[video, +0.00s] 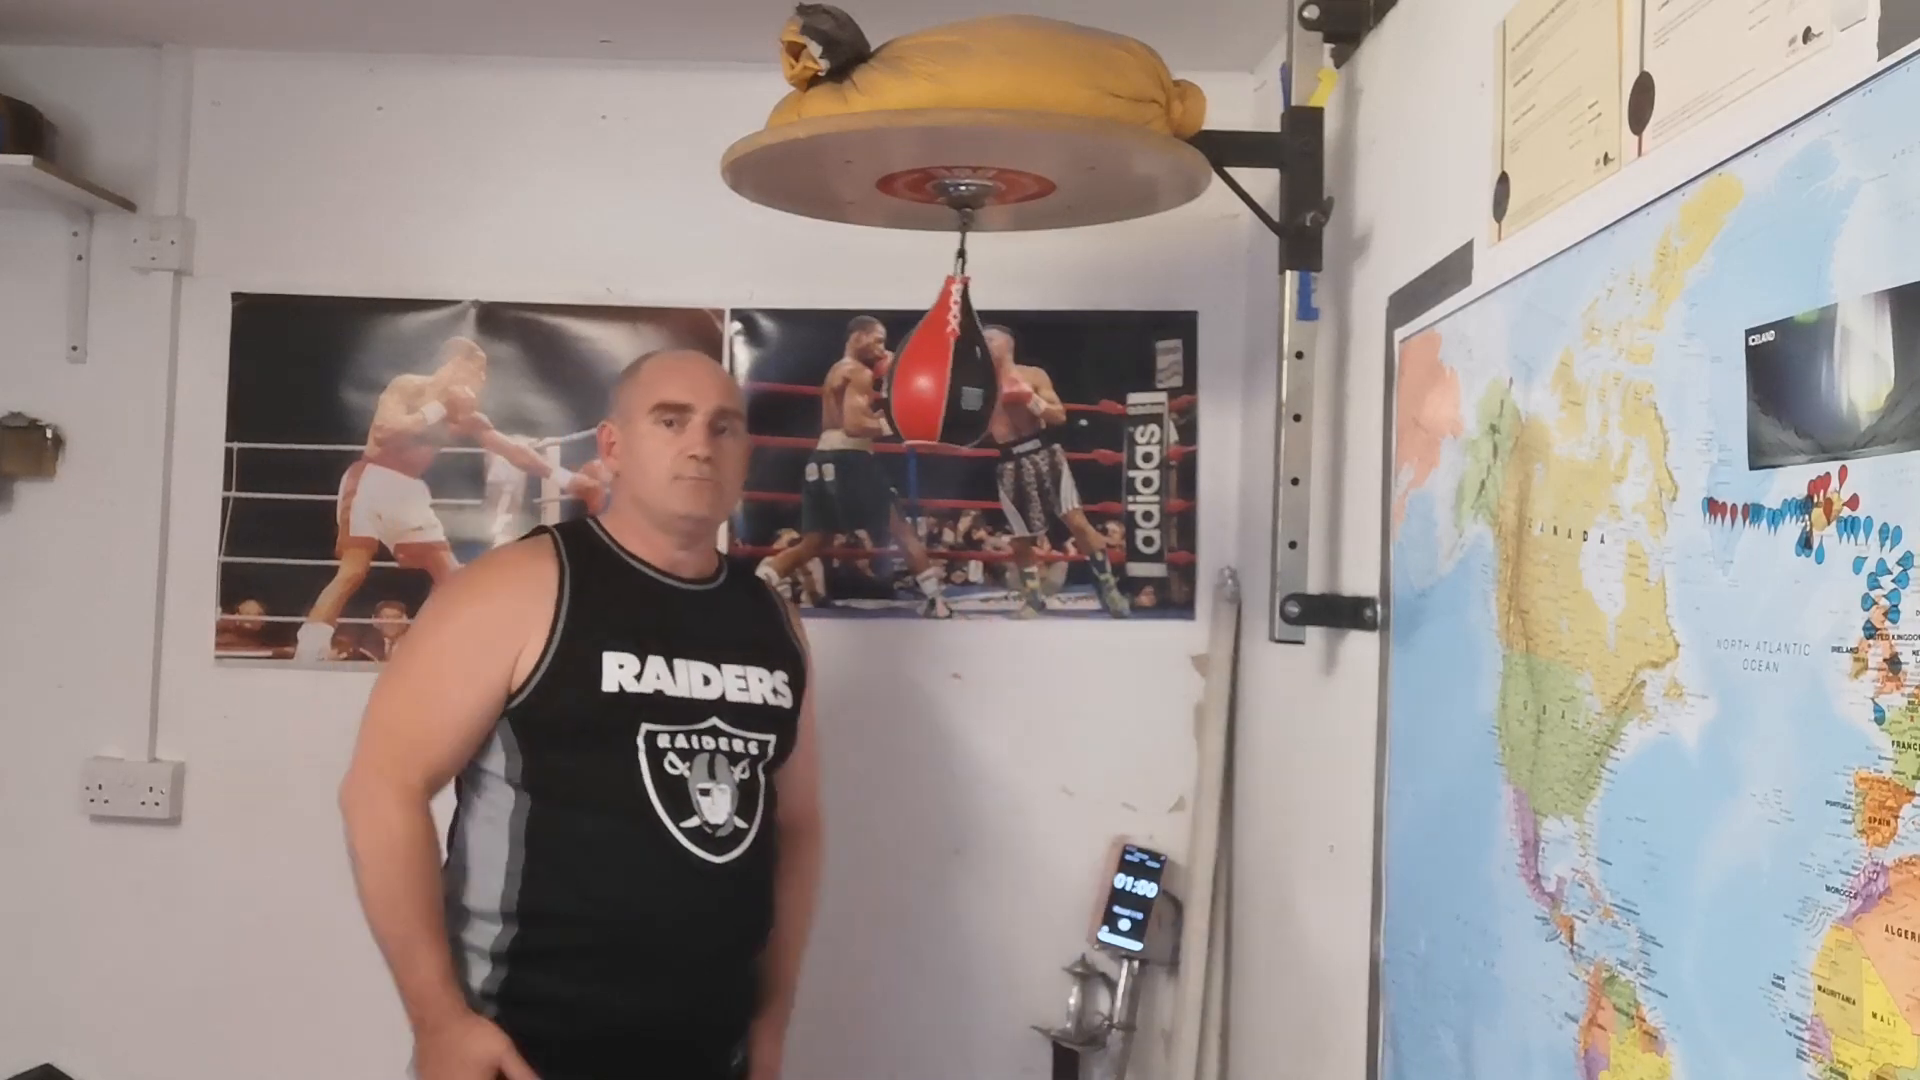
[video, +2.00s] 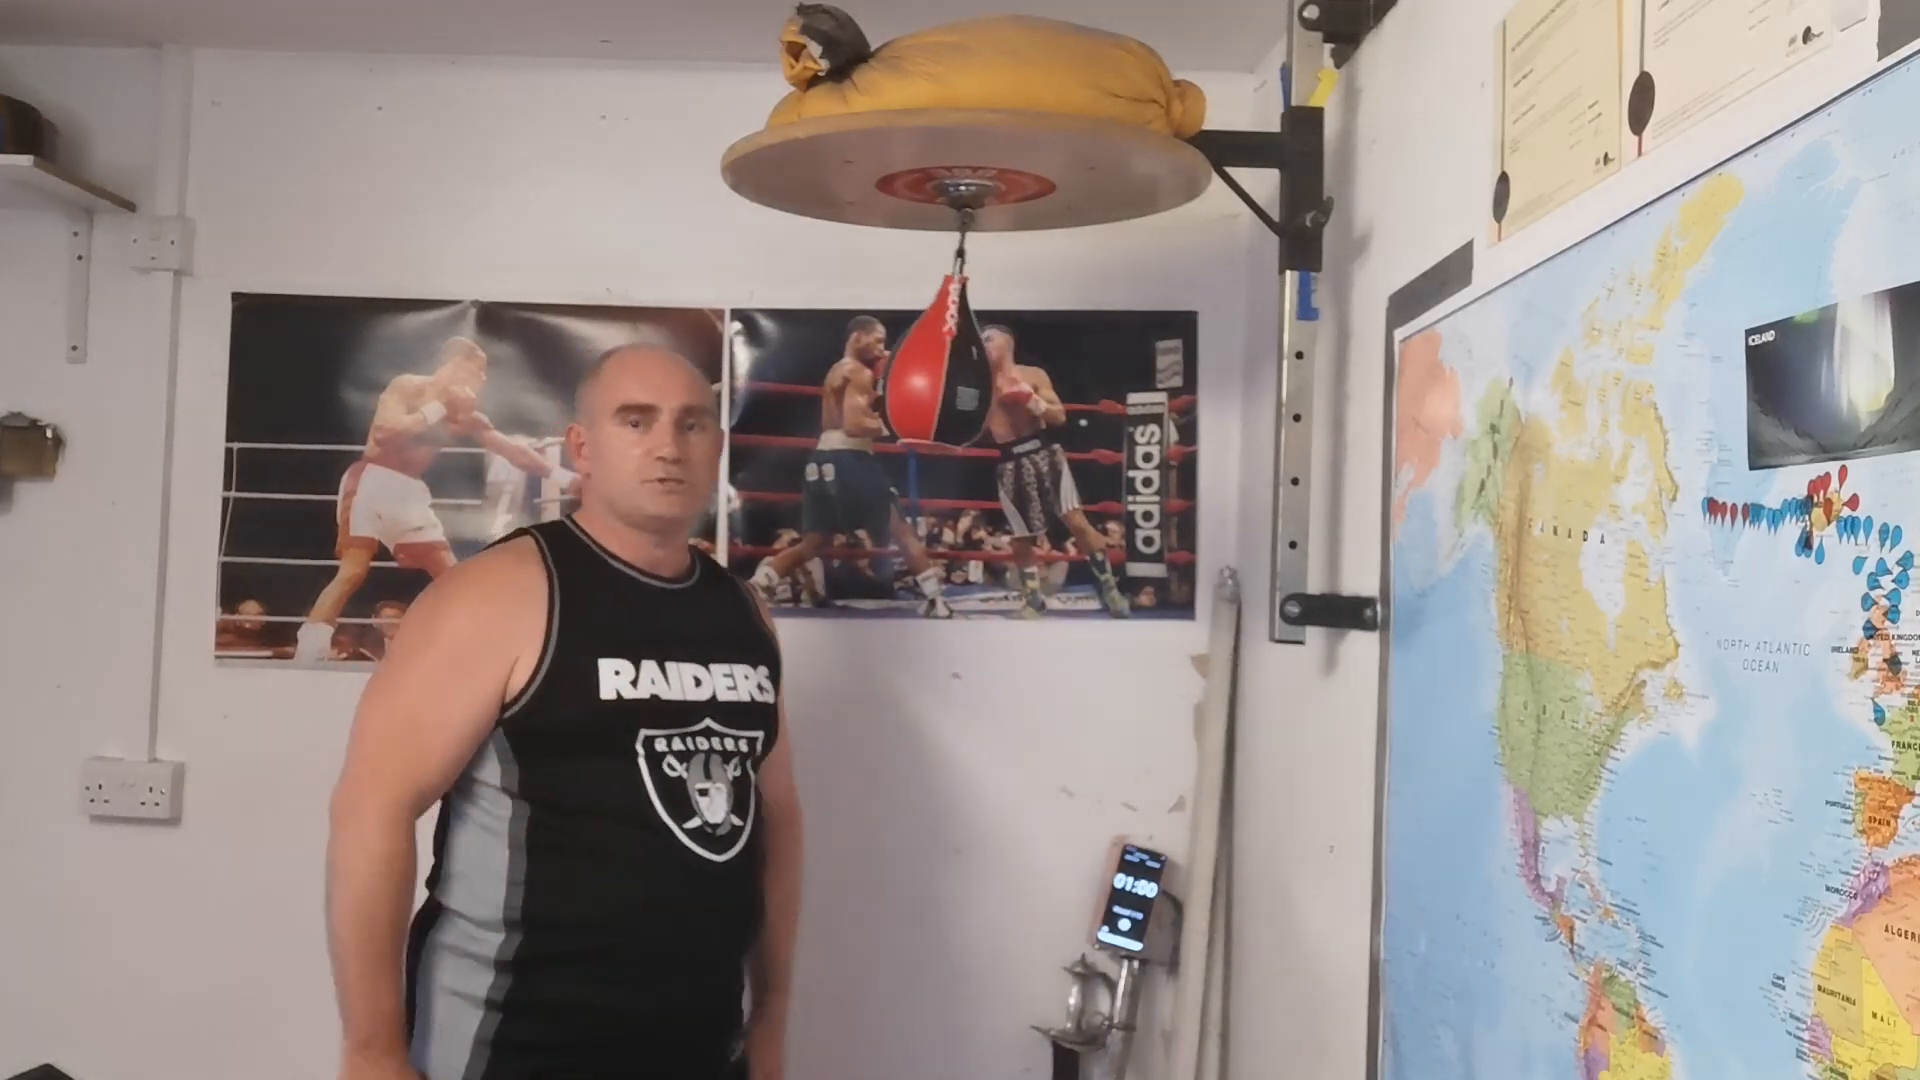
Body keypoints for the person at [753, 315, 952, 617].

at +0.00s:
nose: (881, 348)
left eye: (883, 342)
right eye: (877, 341)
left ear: (855, 340)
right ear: (857, 337)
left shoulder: (833, 373)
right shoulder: (858, 372)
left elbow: (834, 422)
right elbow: (853, 425)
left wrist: (880, 375)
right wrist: (888, 424)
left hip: (821, 462)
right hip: (852, 462)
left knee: (815, 542)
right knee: (902, 529)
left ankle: (754, 589)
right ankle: (936, 598)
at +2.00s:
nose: (882, 349)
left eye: (883, 343)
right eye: (878, 341)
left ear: (854, 341)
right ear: (857, 338)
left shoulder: (833, 373)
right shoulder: (859, 373)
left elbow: (834, 421)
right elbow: (854, 424)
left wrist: (876, 372)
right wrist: (886, 425)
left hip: (820, 462)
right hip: (853, 462)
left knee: (814, 542)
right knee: (903, 531)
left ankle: (754, 588)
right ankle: (937, 600)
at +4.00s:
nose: (881, 348)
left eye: (882, 342)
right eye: (878, 341)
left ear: (855, 340)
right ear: (857, 337)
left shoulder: (833, 373)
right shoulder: (859, 373)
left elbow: (834, 422)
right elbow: (854, 425)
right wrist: (887, 424)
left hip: (820, 462)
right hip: (853, 461)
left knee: (815, 541)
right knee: (900, 529)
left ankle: (756, 588)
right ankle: (936, 597)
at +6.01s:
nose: (881, 349)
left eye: (883, 343)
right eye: (877, 342)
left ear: (856, 340)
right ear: (857, 338)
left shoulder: (834, 373)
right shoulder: (859, 373)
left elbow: (861, 419)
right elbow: (854, 425)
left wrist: (888, 406)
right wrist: (891, 424)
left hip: (820, 463)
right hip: (852, 463)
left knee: (815, 542)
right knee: (901, 529)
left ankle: (756, 587)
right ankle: (935, 597)